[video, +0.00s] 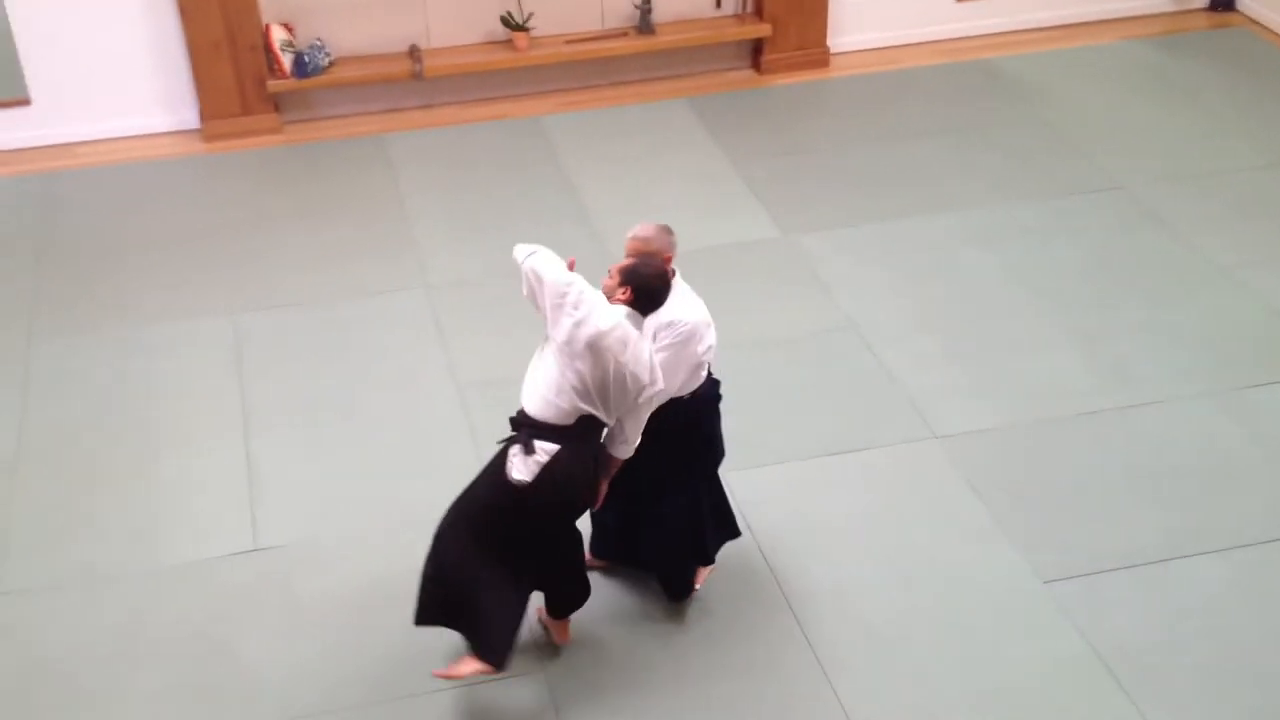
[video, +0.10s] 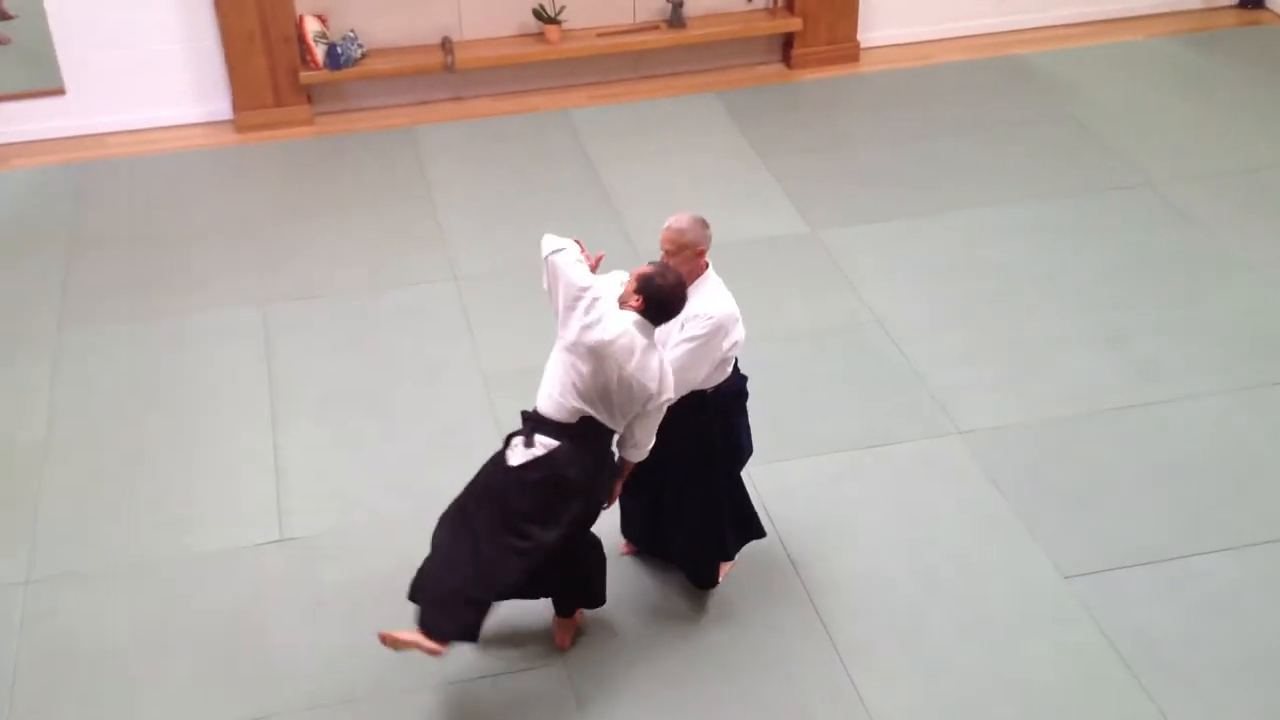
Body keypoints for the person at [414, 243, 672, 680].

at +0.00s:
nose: (605, 278)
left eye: (612, 276)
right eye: (611, 273)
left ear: (623, 293)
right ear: (644, 302)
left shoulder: (581, 307)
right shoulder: (646, 363)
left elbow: (528, 256)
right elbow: (627, 433)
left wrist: (561, 266)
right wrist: (604, 476)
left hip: (536, 452)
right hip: (584, 458)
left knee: (467, 531)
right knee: (557, 534)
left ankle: (486, 651)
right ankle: (558, 618)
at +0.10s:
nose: (626, 274)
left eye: (632, 276)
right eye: (635, 273)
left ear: (635, 298)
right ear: (662, 315)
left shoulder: (591, 308)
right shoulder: (658, 373)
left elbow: (555, 249)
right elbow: (638, 441)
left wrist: (579, 261)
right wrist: (620, 477)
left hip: (545, 447)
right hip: (595, 461)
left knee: (471, 522)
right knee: (571, 534)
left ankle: (436, 629)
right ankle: (565, 621)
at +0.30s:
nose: (644, 244)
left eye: (648, 249)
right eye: (652, 244)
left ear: (636, 273)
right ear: (671, 297)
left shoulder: (590, 275)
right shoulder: (652, 343)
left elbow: (556, 216)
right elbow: (642, 405)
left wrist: (587, 231)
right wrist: (629, 443)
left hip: (531, 405)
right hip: (584, 426)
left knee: (471, 478)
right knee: (574, 508)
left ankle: (443, 579)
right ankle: (579, 594)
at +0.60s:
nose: (629, 241)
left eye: (622, 244)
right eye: (638, 245)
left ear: (601, 256)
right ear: (634, 291)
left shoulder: (561, 259)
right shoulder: (614, 334)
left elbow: (552, 189)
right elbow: (607, 390)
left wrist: (585, 192)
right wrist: (609, 419)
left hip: (500, 377)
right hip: (552, 398)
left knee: (499, 460)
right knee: (577, 472)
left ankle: (498, 545)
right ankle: (580, 562)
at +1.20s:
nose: (624, 265)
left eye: (617, 269)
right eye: (631, 273)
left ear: (593, 279)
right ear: (621, 315)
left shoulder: (555, 264)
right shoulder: (602, 341)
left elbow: (560, 198)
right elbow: (596, 381)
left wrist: (613, 205)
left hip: (492, 350)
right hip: (542, 377)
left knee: (469, 427)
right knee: (547, 451)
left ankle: (447, 503)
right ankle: (551, 534)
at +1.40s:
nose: (619, 269)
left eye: (613, 275)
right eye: (629, 277)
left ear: (590, 285)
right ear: (618, 322)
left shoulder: (551, 266)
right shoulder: (599, 345)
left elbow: (555, 207)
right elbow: (591, 379)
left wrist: (614, 213)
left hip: (488, 354)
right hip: (540, 379)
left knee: (462, 429)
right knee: (543, 455)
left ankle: (443, 505)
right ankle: (550, 535)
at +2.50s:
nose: (602, 232)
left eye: (601, 237)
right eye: (608, 242)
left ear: (583, 240)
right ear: (599, 281)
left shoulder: (559, 233)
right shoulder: (561, 329)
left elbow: (590, 226)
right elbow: (566, 385)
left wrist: (623, 256)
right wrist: (581, 393)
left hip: (477, 340)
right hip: (510, 379)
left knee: (477, 420)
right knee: (552, 453)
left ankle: (422, 473)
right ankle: (556, 534)